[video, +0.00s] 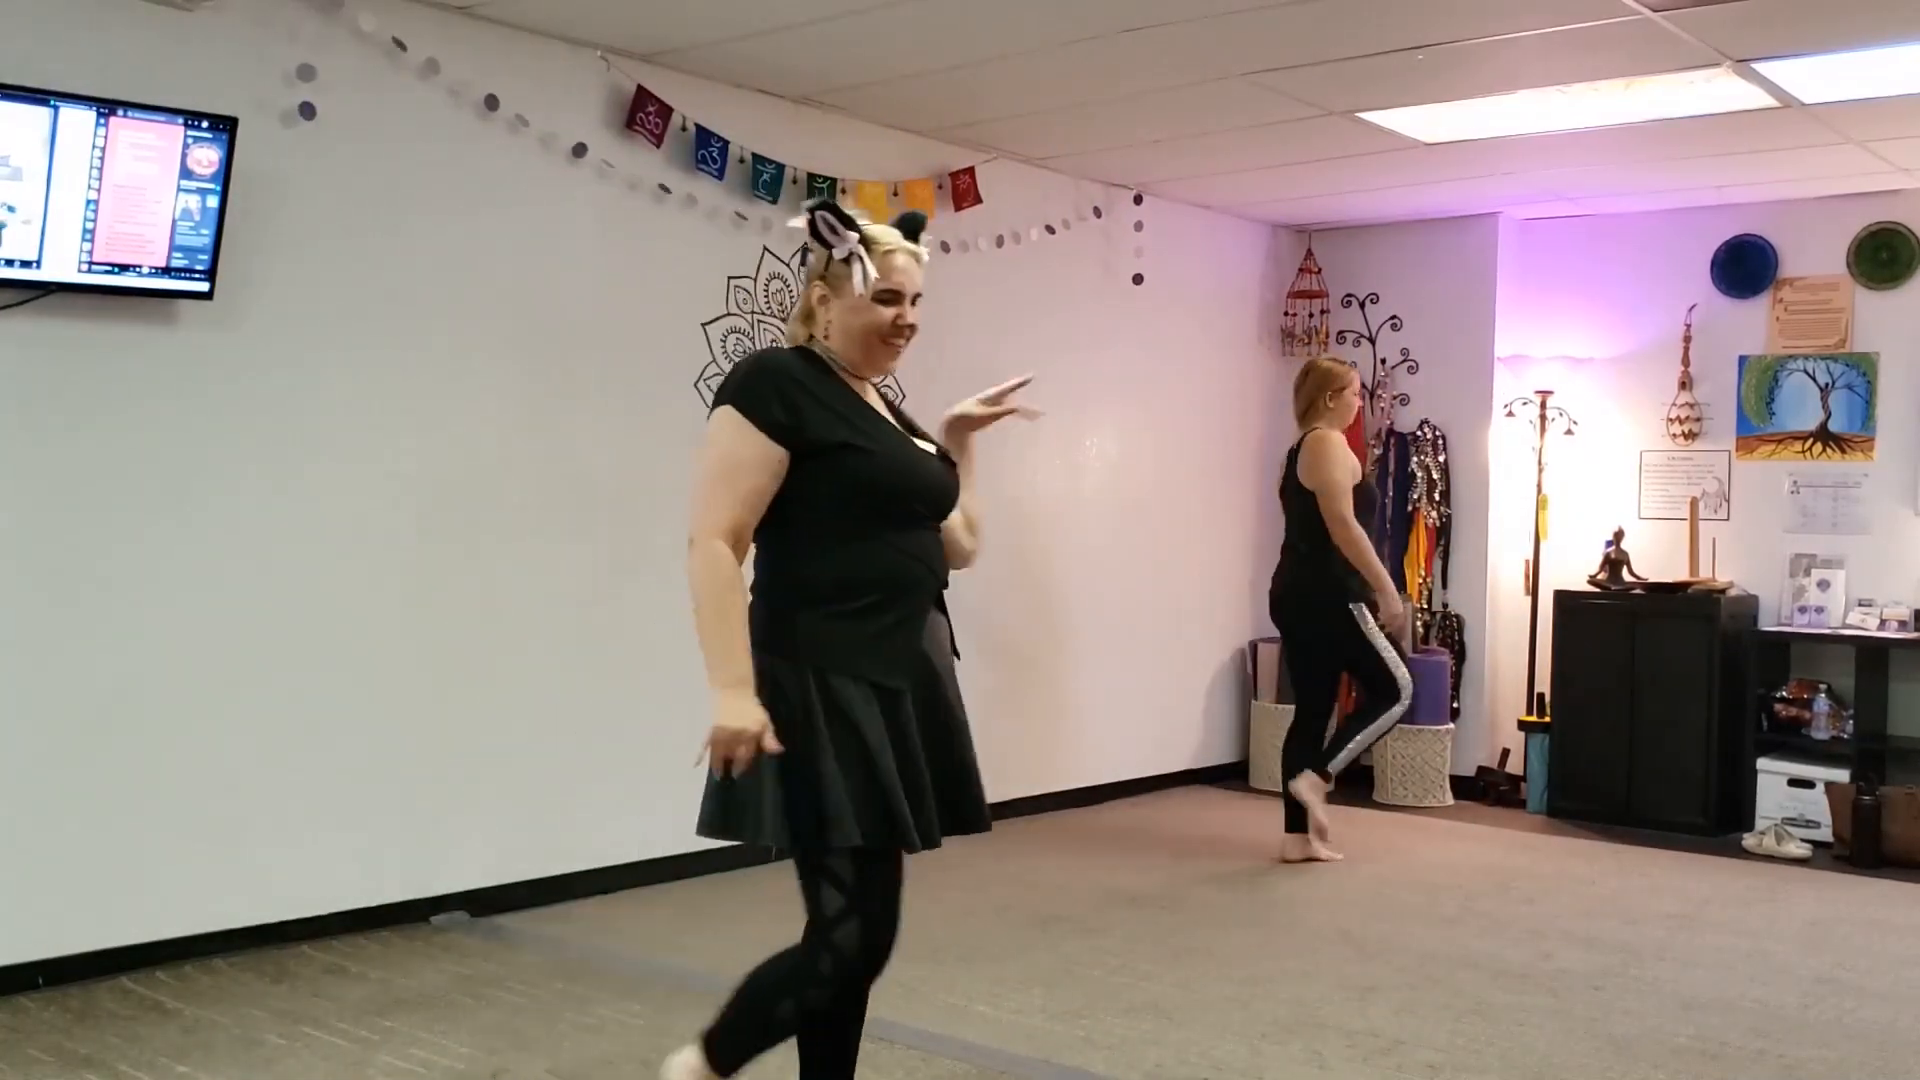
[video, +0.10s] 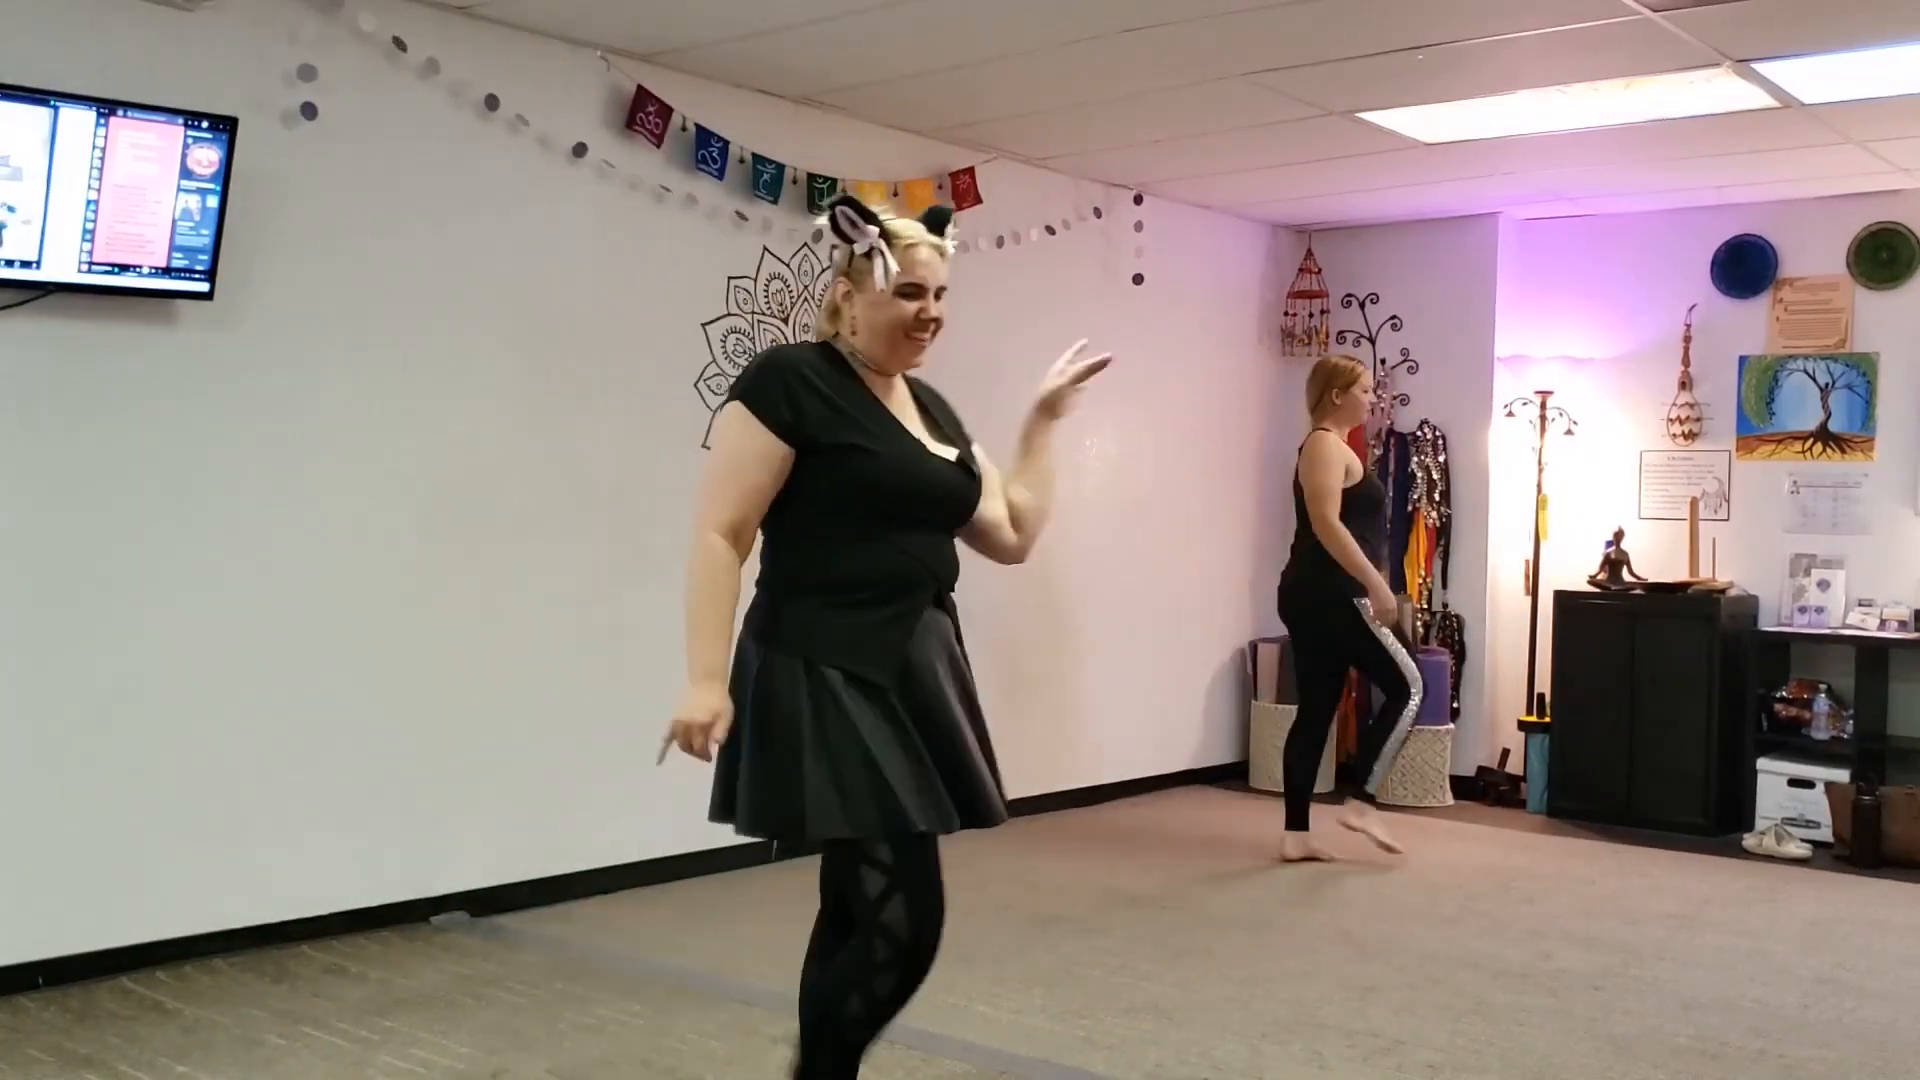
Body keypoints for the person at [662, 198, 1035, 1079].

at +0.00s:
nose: (909, 318)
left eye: (917, 301)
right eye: (890, 298)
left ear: (918, 304)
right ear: (826, 300)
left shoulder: (882, 407)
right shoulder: (774, 385)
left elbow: (960, 545)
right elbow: (716, 538)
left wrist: (956, 437)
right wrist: (732, 693)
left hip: (892, 686)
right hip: (818, 685)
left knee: (859, 935)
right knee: (850, 936)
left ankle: (829, 1078)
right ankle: (701, 1063)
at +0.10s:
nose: (932, 310)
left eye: (941, 294)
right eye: (912, 290)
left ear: (945, 299)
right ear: (847, 293)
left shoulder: (928, 408)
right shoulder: (788, 384)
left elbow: (1011, 534)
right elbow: (722, 534)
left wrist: (1045, 416)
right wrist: (706, 682)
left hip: (909, 677)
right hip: (821, 676)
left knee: (859, 914)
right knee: (905, 927)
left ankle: (821, 1069)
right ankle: (820, 1067)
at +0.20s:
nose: (950, 302)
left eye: (960, 284)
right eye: (927, 282)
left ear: (969, 288)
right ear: (864, 288)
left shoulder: (959, 397)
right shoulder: (802, 378)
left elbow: (1037, 534)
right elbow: (722, 525)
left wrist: (1110, 426)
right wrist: (690, 669)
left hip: (926, 671)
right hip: (822, 669)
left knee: (863, 911)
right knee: (932, 905)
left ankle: (829, 1073)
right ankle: (910, 1067)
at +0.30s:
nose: (963, 301)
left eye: (975, 284)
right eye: (942, 280)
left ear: (984, 290)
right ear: (880, 283)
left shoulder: (983, 395)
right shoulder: (815, 380)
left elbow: (1048, 544)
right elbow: (724, 528)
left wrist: (1144, 473)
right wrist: (682, 664)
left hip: (943, 672)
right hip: (835, 671)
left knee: (870, 908)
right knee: (944, 905)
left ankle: (831, 1078)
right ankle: (966, 1077)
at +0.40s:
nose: (976, 302)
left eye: (989, 285)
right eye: (955, 281)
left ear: (999, 291)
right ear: (894, 284)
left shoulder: (999, 398)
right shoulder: (828, 389)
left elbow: (1059, 551)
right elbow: (736, 537)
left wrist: (1168, 510)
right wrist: (684, 678)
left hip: (963, 685)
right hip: (857, 685)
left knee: (882, 924)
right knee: (951, 933)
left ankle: (836, 1079)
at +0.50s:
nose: (992, 301)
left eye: (1005, 285)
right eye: (970, 279)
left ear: (1016, 293)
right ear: (908, 282)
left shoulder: (1018, 398)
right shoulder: (843, 394)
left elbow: (1075, 551)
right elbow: (756, 547)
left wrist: (1192, 540)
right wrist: (694, 695)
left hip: (983, 689)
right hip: (874, 688)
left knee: (896, 922)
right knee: (961, 933)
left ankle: (841, 1077)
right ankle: (971, 1072)